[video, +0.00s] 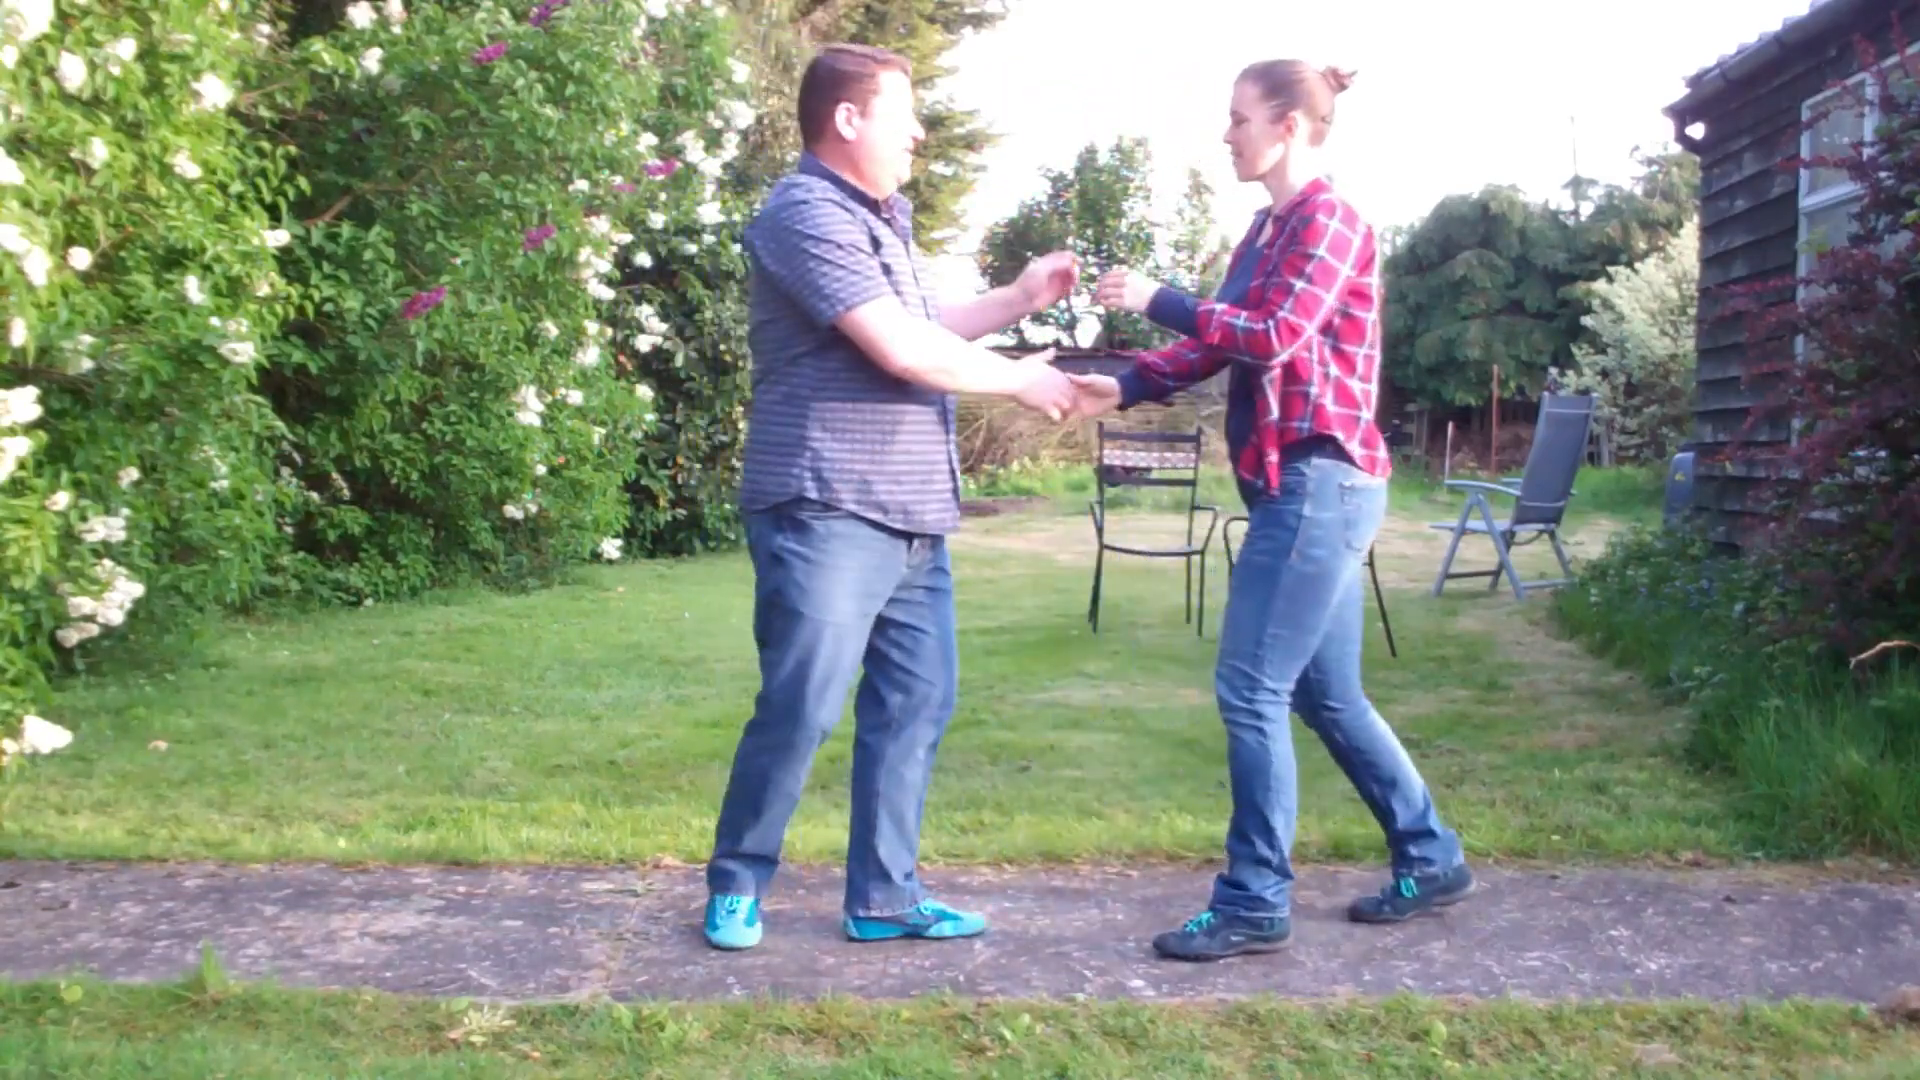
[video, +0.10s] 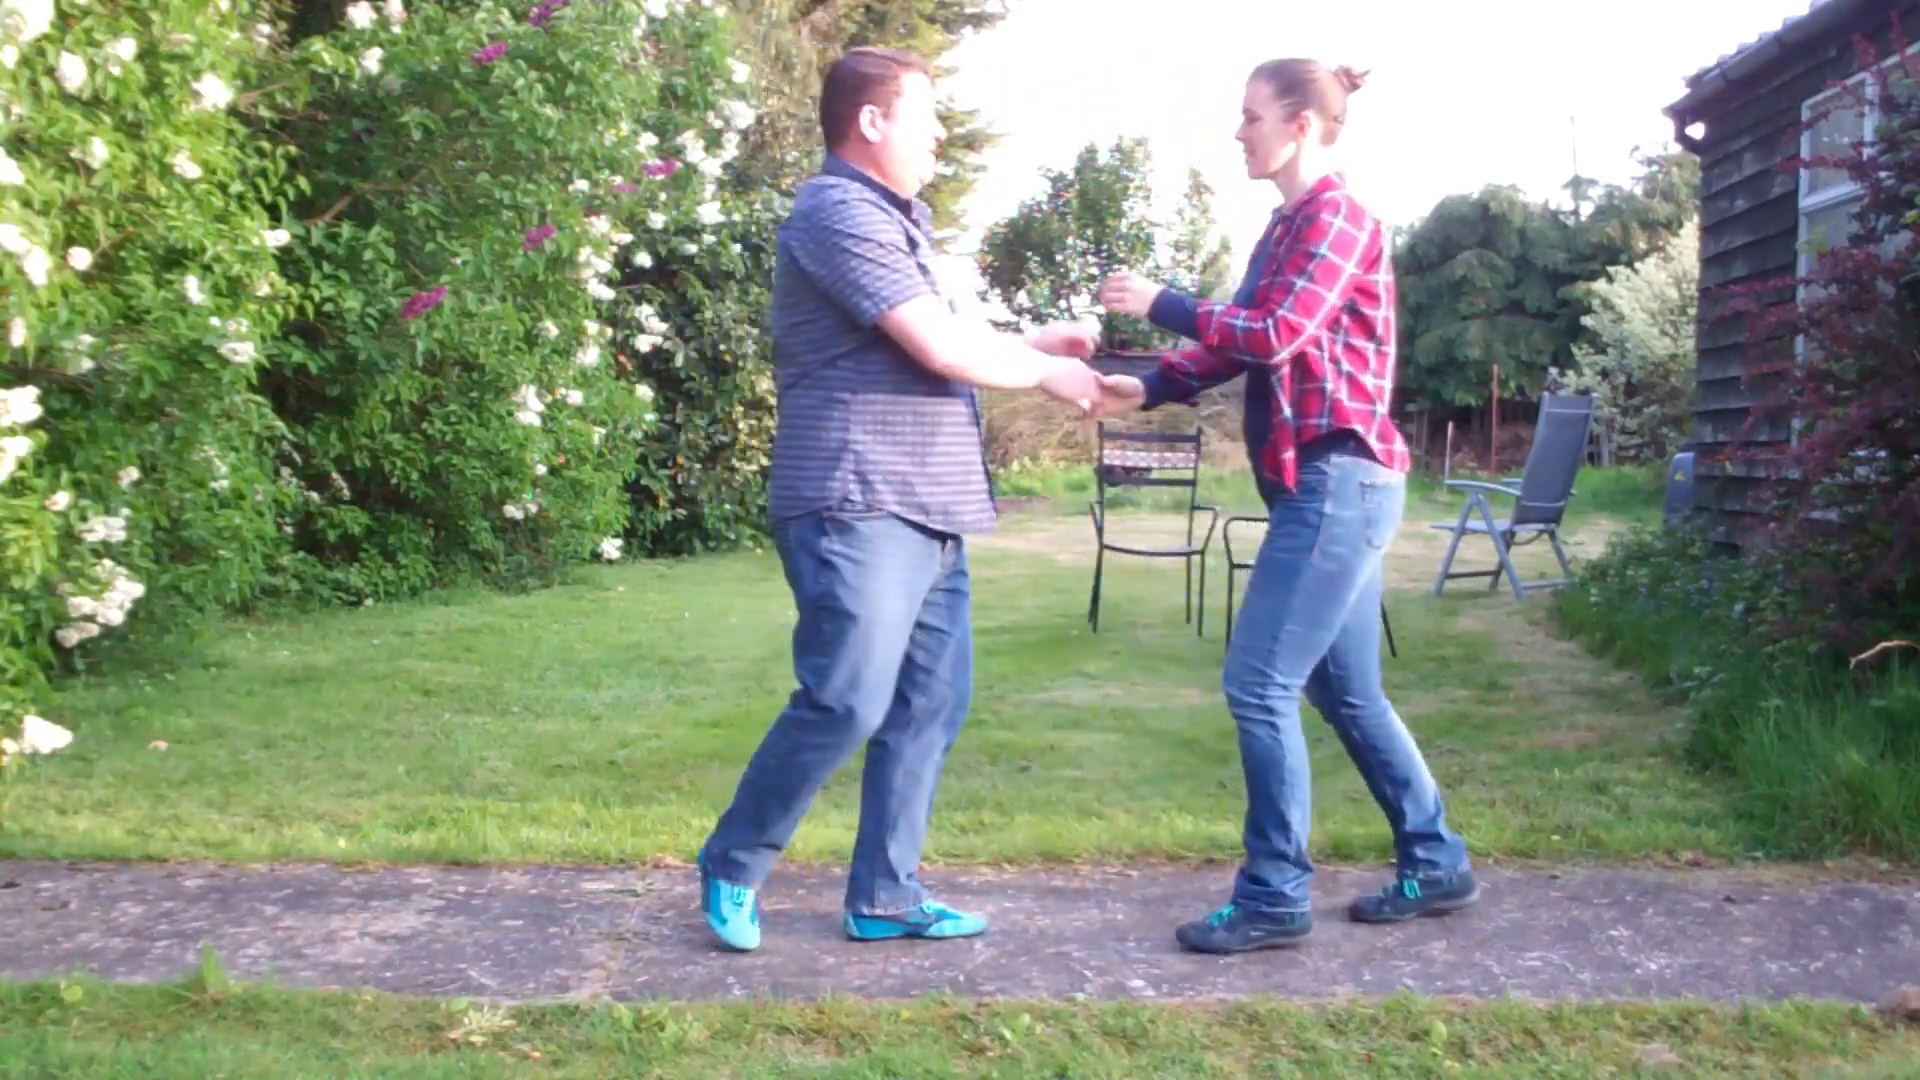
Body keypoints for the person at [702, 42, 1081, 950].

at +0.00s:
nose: (916, 137)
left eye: (913, 119)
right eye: (904, 119)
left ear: (855, 122)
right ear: (848, 121)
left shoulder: (883, 221)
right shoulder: (805, 211)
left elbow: (927, 324)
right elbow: (896, 346)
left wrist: (1022, 295)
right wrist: (1020, 377)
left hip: (911, 513)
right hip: (826, 504)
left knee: (915, 705)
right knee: (803, 705)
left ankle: (885, 899)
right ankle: (739, 883)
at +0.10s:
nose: (939, 136)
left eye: (936, 118)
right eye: (925, 118)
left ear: (876, 124)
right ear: (873, 123)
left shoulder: (895, 219)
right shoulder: (838, 210)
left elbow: (949, 338)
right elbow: (941, 349)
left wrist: (1037, 342)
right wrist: (1041, 373)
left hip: (929, 509)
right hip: (855, 503)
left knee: (927, 706)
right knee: (847, 701)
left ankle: (886, 898)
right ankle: (731, 863)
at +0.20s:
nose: (952, 137)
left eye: (950, 121)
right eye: (941, 121)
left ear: (891, 126)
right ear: (894, 125)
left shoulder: (908, 220)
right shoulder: (863, 208)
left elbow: (953, 372)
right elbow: (963, 340)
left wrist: (1054, 393)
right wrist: (1062, 354)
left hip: (932, 505)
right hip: (874, 498)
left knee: (944, 702)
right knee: (899, 698)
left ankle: (886, 894)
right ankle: (767, 862)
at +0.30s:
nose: (968, 141)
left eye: (966, 123)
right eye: (958, 123)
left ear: (900, 127)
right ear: (911, 125)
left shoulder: (905, 214)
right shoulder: (882, 203)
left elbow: (955, 371)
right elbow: (972, 327)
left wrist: (1054, 412)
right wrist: (1072, 320)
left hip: (924, 494)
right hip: (889, 491)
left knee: (940, 690)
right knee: (938, 688)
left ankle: (894, 883)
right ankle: (847, 886)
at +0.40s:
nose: (981, 146)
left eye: (982, 128)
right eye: (972, 126)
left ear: (912, 127)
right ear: (924, 123)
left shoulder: (906, 208)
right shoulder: (895, 195)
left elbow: (963, 370)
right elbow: (984, 302)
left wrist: (1068, 399)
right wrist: (1060, 260)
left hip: (909, 487)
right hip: (905, 485)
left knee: (927, 694)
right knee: (959, 691)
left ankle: (889, 894)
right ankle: (905, 902)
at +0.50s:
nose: (983, 141)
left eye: (983, 126)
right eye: (975, 124)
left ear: (914, 124)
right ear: (931, 122)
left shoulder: (906, 204)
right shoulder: (901, 190)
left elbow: (961, 364)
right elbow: (1001, 268)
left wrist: (1071, 370)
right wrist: (1063, 205)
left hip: (918, 483)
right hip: (914, 484)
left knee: (942, 693)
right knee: (958, 694)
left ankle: (892, 882)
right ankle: (910, 906)